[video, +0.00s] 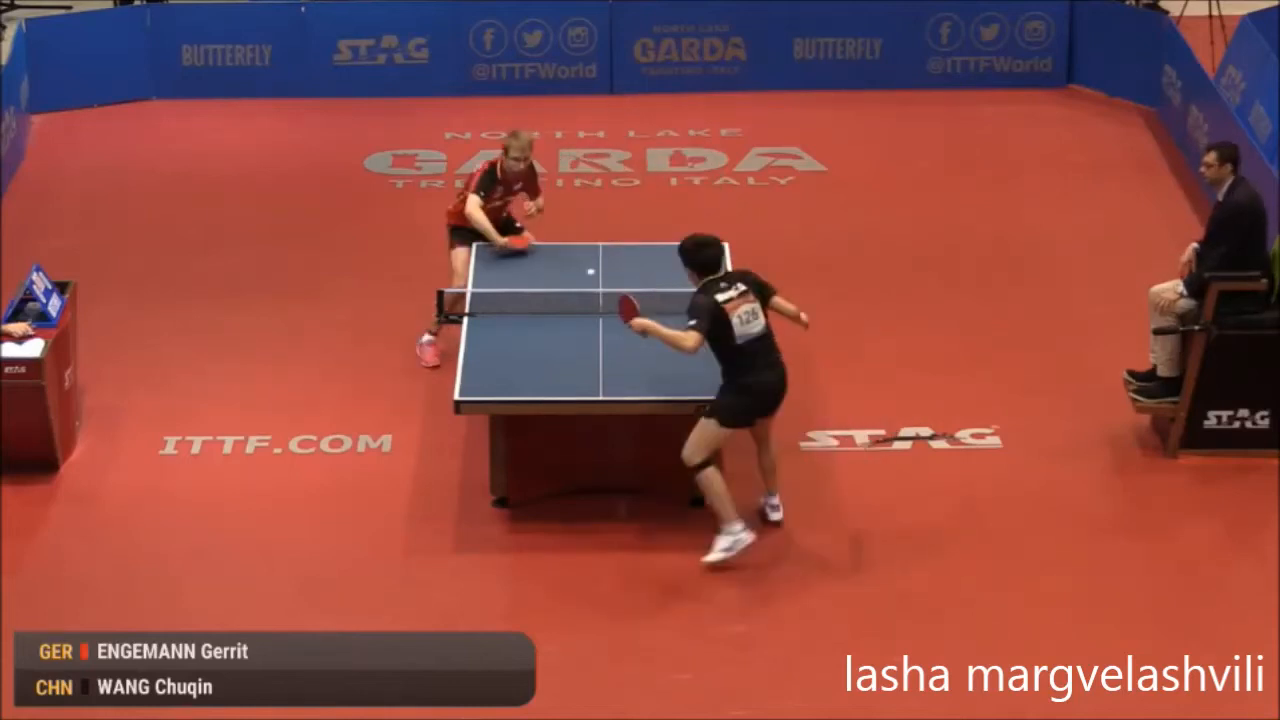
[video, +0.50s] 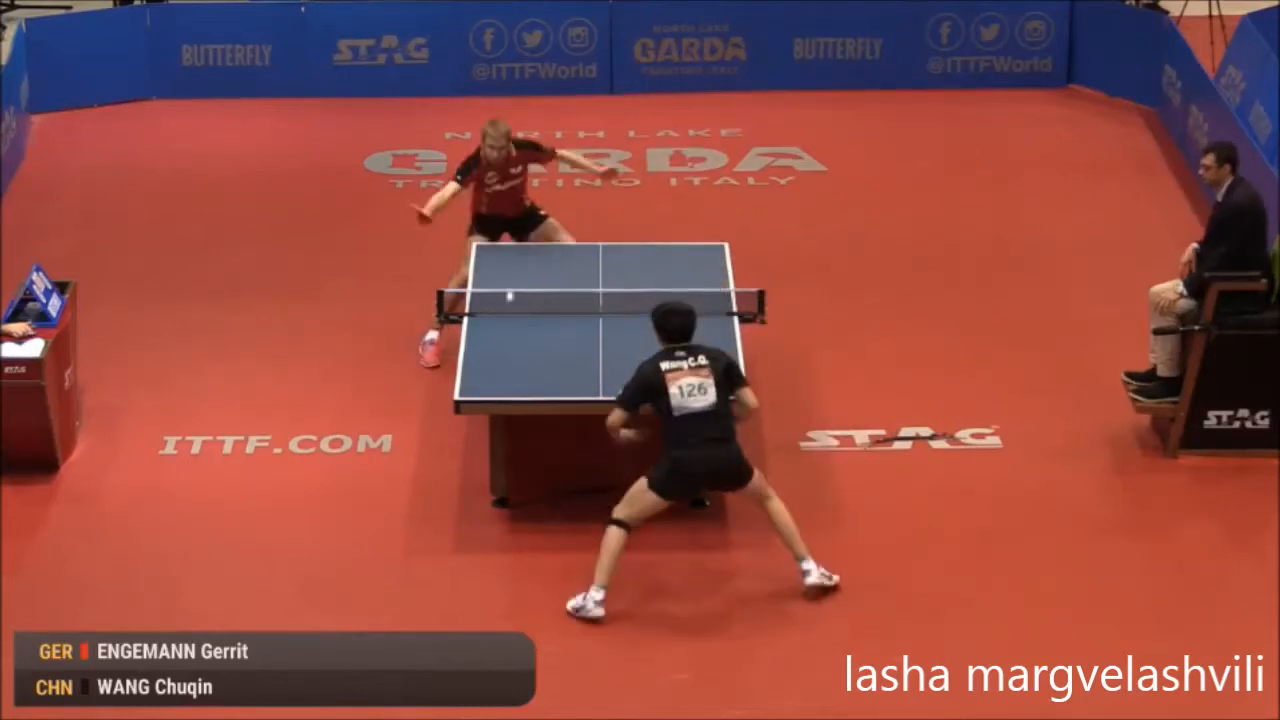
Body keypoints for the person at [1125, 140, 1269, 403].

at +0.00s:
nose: (1202, 171)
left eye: (1208, 166)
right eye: (1202, 165)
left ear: (1227, 168)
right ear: (1223, 168)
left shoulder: (1237, 203)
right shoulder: (1233, 194)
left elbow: (1220, 259)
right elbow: (1217, 238)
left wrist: (1184, 289)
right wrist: (1195, 247)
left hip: (1236, 291)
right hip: (1226, 280)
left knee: (1163, 304)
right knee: (1157, 294)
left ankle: (1170, 378)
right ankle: (1161, 368)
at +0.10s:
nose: (1201, 171)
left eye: (1207, 166)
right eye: (1202, 166)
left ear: (1226, 168)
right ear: (1223, 169)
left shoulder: (1237, 203)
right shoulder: (1233, 194)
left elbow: (1220, 260)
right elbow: (1217, 238)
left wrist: (1184, 289)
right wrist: (1195, 247)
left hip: (1236, 291)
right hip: (1226, 280)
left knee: (1163, 304)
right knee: (1157, 294)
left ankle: (1170, 378)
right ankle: (1161, 369)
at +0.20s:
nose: (1201, 172)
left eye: (1207, 167)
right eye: (1201, 166)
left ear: (1225, 168)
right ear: (1223, 169)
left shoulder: (1236, 203)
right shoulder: (1234, 194)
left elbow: (1220, 260)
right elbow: (1217, 239)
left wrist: (1184, 289)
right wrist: (1195, 247)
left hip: (1235, 291)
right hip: (1226, 280)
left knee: (1162, 303)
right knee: (1157, 294)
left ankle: (1170, 379)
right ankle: (1161, 369)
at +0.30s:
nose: (1200, 173)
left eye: (1206, 167)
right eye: (1201, 167)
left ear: (1225, 168)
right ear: (1223, 169)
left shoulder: (1236, 203)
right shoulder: (1234, 194)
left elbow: (1220, 260)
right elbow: (1217, 240)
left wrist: (1184, 289)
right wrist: (1195, 247)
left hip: (1236, 292)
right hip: (1227, 280)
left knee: (1162, 303)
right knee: (1157, 294)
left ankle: (1170, 378)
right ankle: (1161, 369)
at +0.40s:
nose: (1201, 173)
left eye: (1206, 168)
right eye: (1201, 167)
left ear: (1226, 168)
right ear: (1222, 169)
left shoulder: (1237, 203)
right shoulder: (1233, 194)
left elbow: (1221, 260)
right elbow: (1217, 239)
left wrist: (1184, 288)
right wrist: (1195, 247)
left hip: (1236, 291)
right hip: (1226, 280)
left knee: (1163, 303)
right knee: (1157, 294)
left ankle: (1170, 378)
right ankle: (1161, 368)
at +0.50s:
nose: (1201, 173)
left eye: (1206, 168)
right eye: (1201, 167)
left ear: (1226, 168)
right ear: (1222, 169)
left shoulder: (1237, 203)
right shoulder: (1233, 194)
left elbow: (1221, 260)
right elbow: (1217, 239)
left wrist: (1184, 288)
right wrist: (1195, 247)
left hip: (1236, 291)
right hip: (1226, 280)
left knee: (1163, 303)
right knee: (1157, 294)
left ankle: (1170, 378)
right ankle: (1161, 368)